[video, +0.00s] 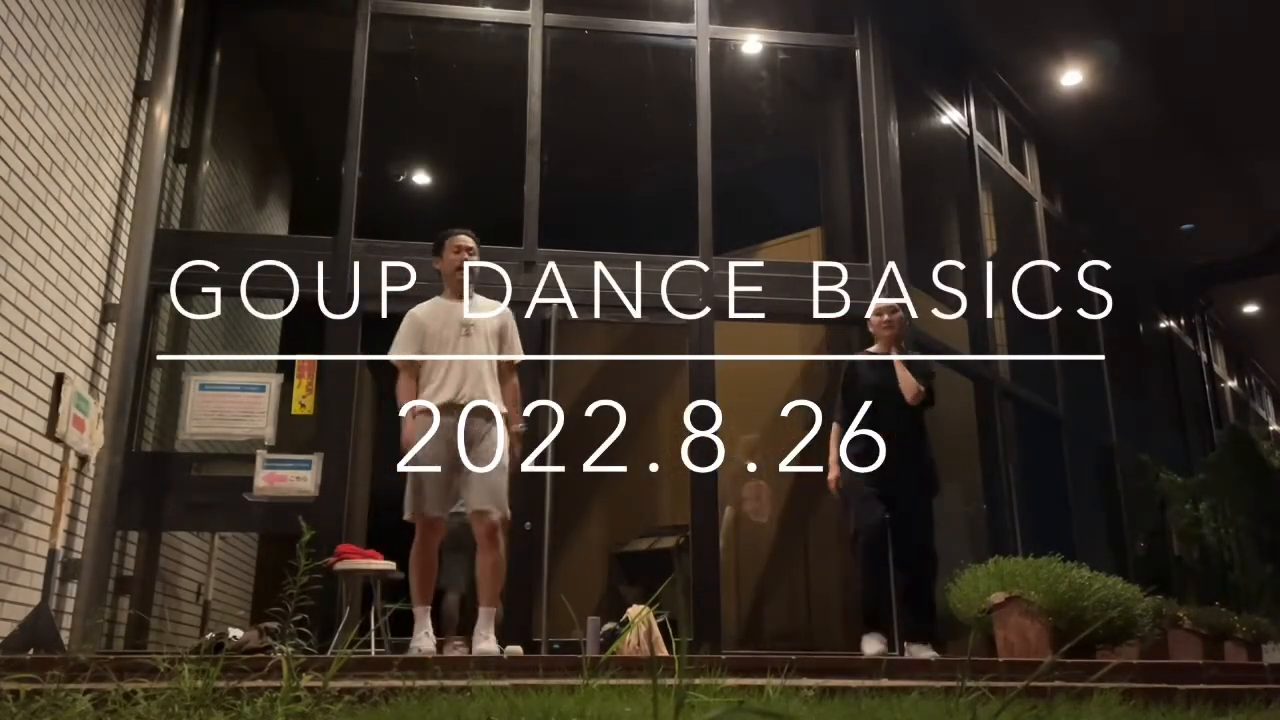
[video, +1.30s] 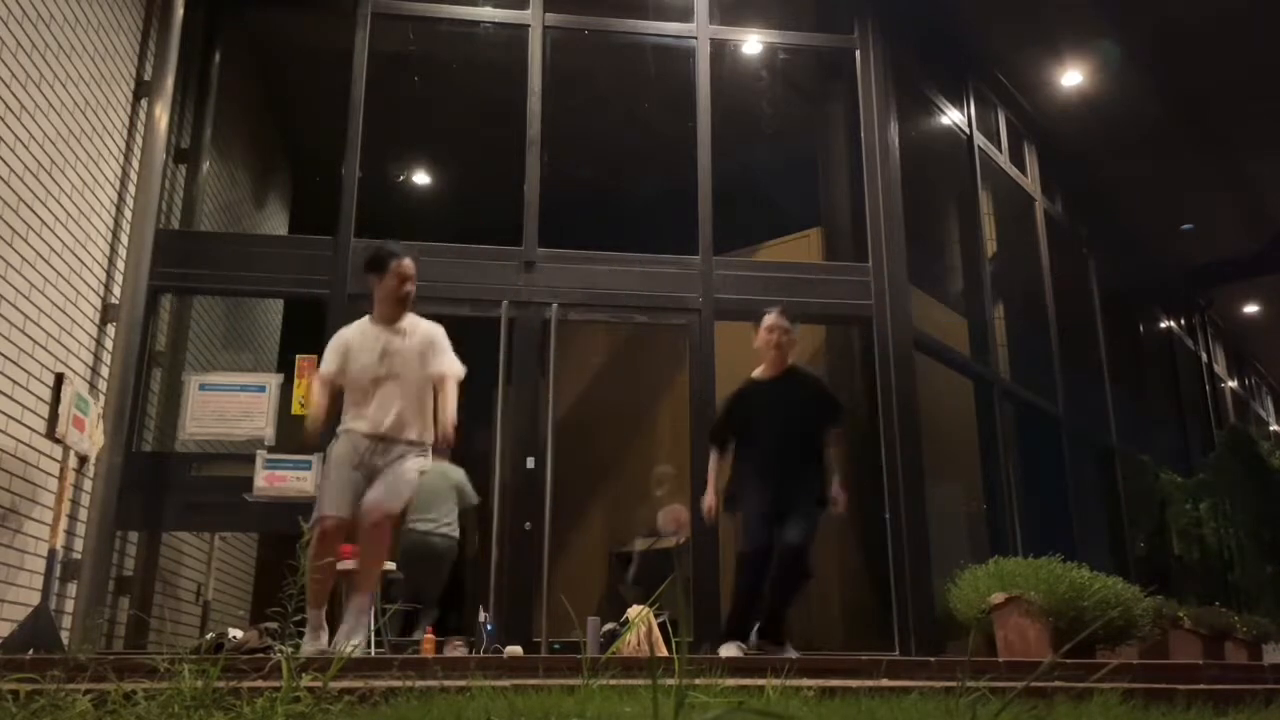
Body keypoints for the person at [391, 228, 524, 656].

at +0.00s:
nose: (466, 258)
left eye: (471, 252)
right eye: (458, 252)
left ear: (478, 262)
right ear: (439, 262)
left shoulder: (498, 314)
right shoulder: (419, 316)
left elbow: (509, 377)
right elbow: (406, 376)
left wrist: (514, 429)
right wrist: (408, 424)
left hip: (488, 429)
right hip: (434, 428)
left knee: (489, 528)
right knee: (429, 528)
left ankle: (485, 630)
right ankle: (422, 629)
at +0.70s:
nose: (484, 265)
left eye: (488, 258)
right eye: (476, 257)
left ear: (493, 267)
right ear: (453, 264)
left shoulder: (504, 321)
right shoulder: (421, 315)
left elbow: (522, 385)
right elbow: (389, 366)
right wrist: (422, 388)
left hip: (480, 430)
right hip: (423, 427)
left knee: (489, 524)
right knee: (396, 509)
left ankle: (487, 630)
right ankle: (409, 614)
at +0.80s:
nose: (473, 251)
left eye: (478, 246)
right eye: (466, 243)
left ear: (480, 255)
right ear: (442, 247)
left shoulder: (488, 304)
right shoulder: (412, 296)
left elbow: (519, 342)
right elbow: (368, 320)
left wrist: (508, 301)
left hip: (466, 414)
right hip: (408, 408)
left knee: (477, 520)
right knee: (372, 500)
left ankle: (484, 629)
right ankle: (357, 611)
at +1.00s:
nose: (450, 249)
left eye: (454, 243)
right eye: (441, 240)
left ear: (456, 249)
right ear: (417, 242)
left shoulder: (458, 297)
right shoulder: (382, 286)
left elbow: (498, 298)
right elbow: (340, 280)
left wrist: (484, 250)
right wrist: (367, 233)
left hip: (436, 406)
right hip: (378, 404)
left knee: (446, 511)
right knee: (347, 510)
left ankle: (442, 623)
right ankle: (321, 620)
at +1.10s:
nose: (436, 254)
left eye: (441, 248)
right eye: (428, 245)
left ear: (442, 254)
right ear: (404, 245)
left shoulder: (446, 300)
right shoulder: (371, 291)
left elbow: (481, 306)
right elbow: (331, 297)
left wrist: (472, 259)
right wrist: (355, 249)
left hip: (423, 416)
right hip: (367, 411)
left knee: (414, 515)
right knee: (338, 513)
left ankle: (394, 621)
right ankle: (319, 619)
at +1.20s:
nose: (419, 269)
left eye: (424, 262)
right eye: (412, 260)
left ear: (428, 267)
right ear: (388, 262)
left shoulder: (437, 314)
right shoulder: (362, 311)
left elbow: (461, 349)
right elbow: (322, 340)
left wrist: (463, 314)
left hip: (412, 428)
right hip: (361, 422)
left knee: (377, 519)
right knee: (333, 523)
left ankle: (354, 620)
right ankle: (316, 623)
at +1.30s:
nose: (409, 288)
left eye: (413, 280)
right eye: (401, 280)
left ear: (417, 284)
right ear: (376, 282)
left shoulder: (431, 335)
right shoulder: (349, 336)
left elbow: (448, 379)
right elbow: (322, 380)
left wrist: (447, 419)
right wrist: (317, 410)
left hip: (409, 447)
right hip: (353, 440)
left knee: (375, 513)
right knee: (329, 526)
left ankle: (358, 621)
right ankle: (315, 628)